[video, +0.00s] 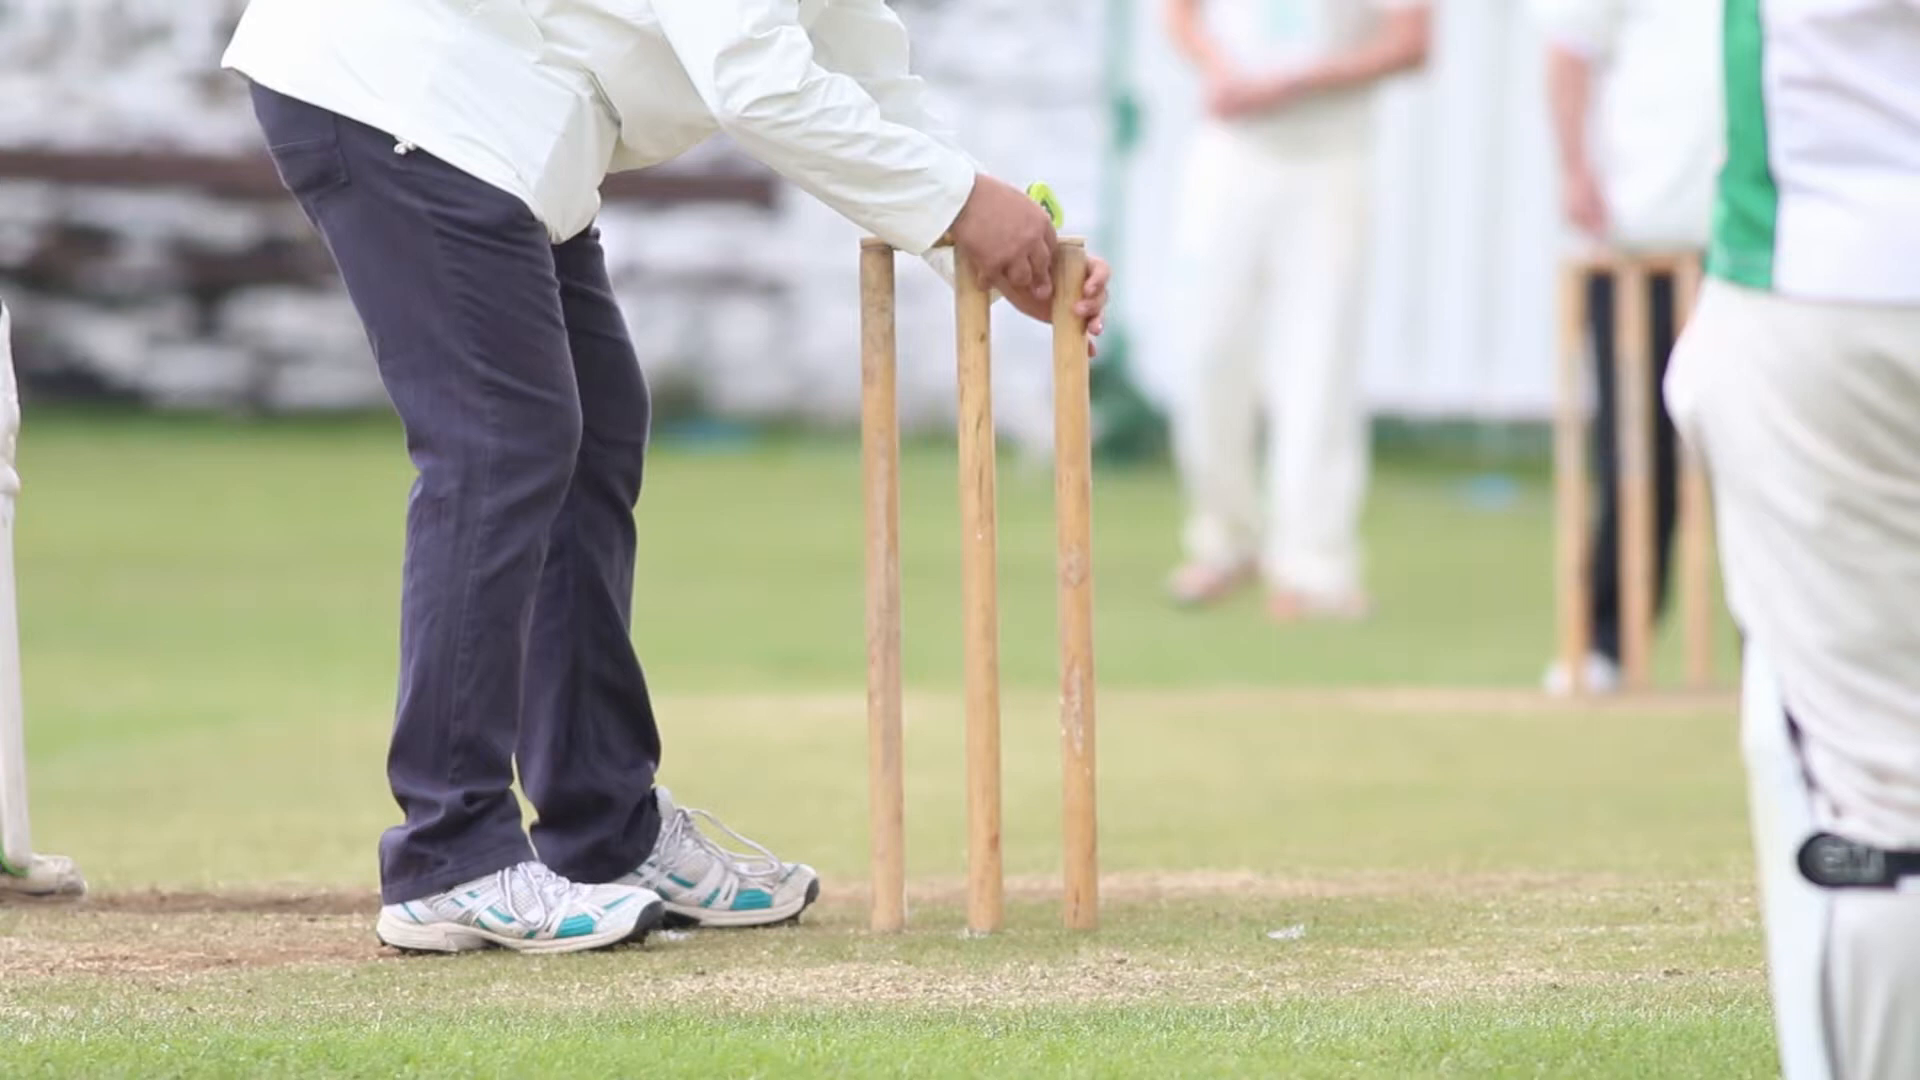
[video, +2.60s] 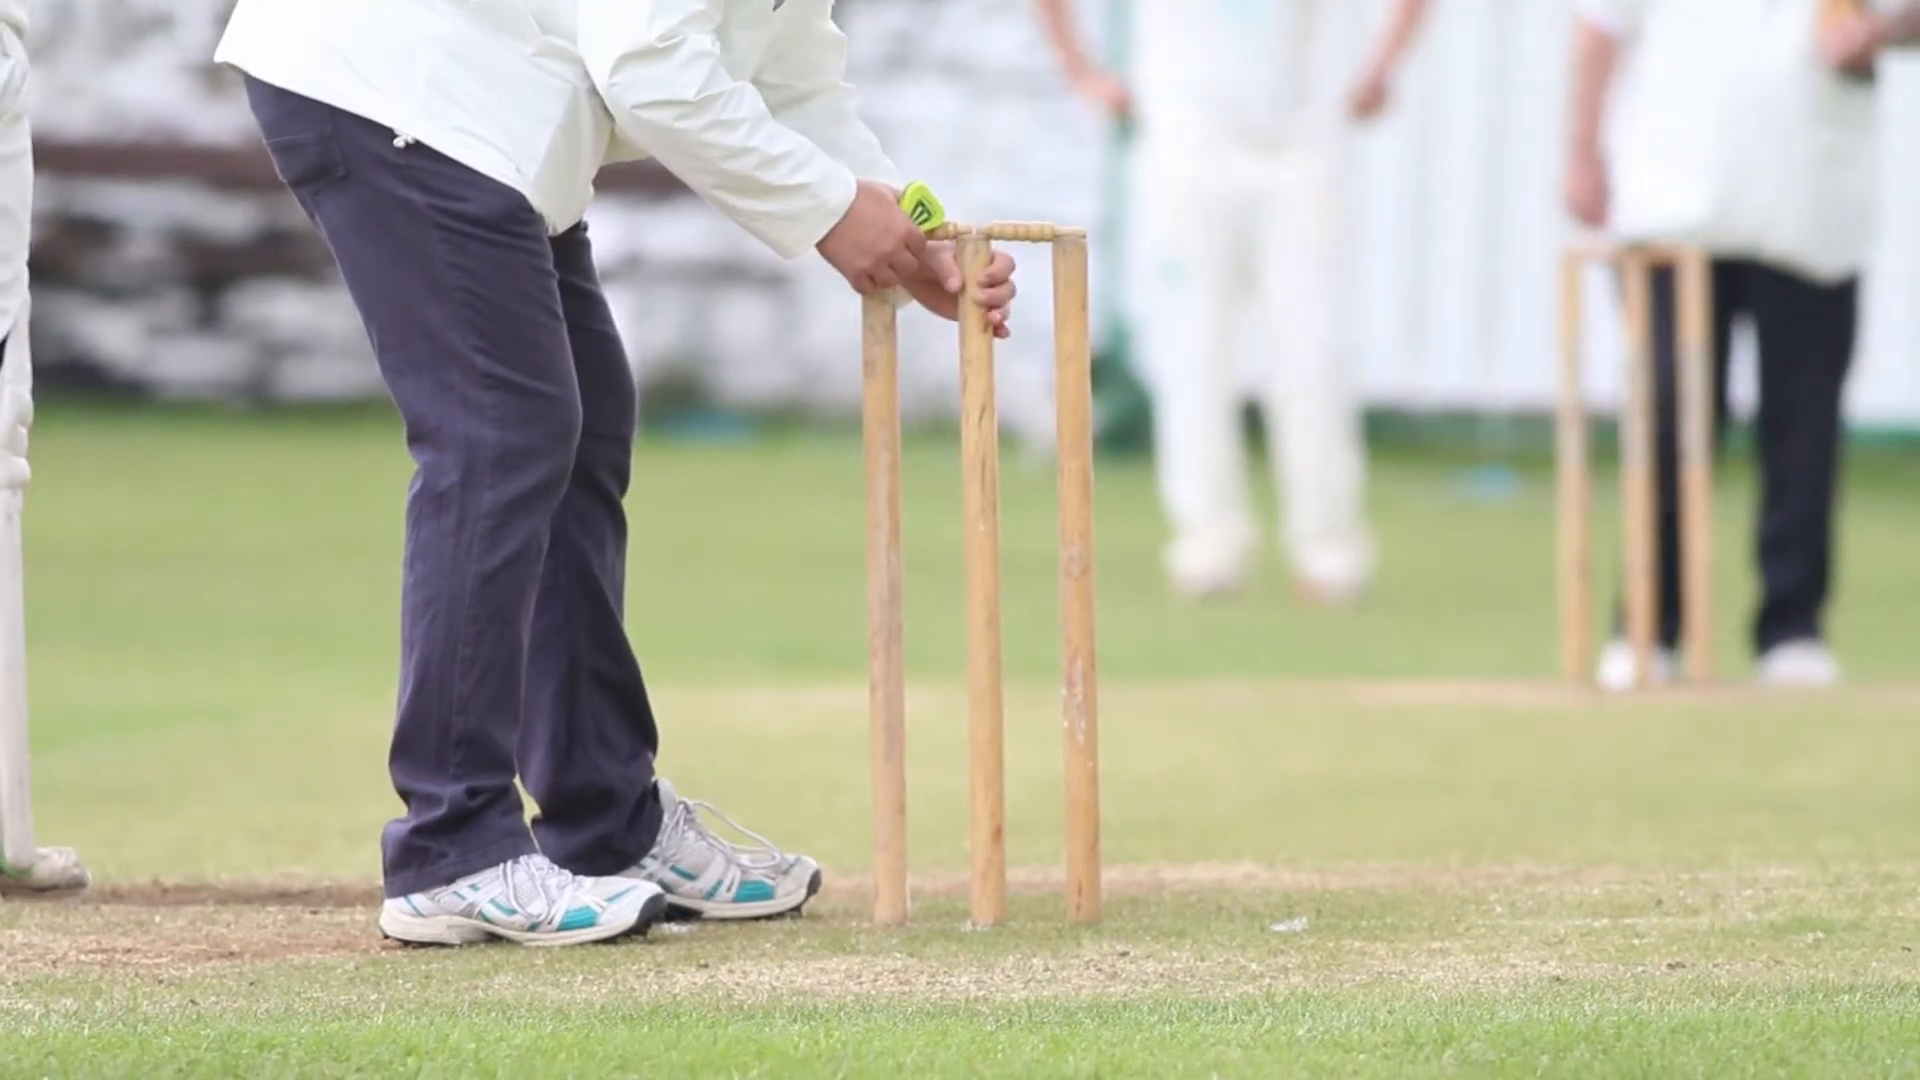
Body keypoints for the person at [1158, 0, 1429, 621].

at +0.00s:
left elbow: (1409, 40)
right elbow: (1177, 12)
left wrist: (1279, 85)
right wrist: (1222, 73)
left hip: (1327, 150)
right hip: (1229, 144)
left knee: (1317, 360)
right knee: (1206, 350)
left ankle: (1312, 564)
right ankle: (1221, 541)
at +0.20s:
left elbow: (1410, 30)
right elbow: (1183, 20)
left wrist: (1312, 39)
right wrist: (1227, 69)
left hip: (1326, 159)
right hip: (1233, 156)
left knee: (1317, 362)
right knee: (1226, 358)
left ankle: (1312, 562)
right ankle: (1233, 554)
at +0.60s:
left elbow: (1380, 20)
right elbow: (1124, 22)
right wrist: (1154, 91)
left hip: (1320, 147)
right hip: (1218, 148)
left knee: (1318, 347)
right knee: (1227, 351)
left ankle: (1319, 551)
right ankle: (1241, 548)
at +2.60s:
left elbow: (1417, 5)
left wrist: (1379, 66)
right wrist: (1080, 67)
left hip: (1304, 128)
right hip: (1182, 127)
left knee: (1313, 348)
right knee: (1187, 348)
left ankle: (1329, 547)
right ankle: (1209, 543)